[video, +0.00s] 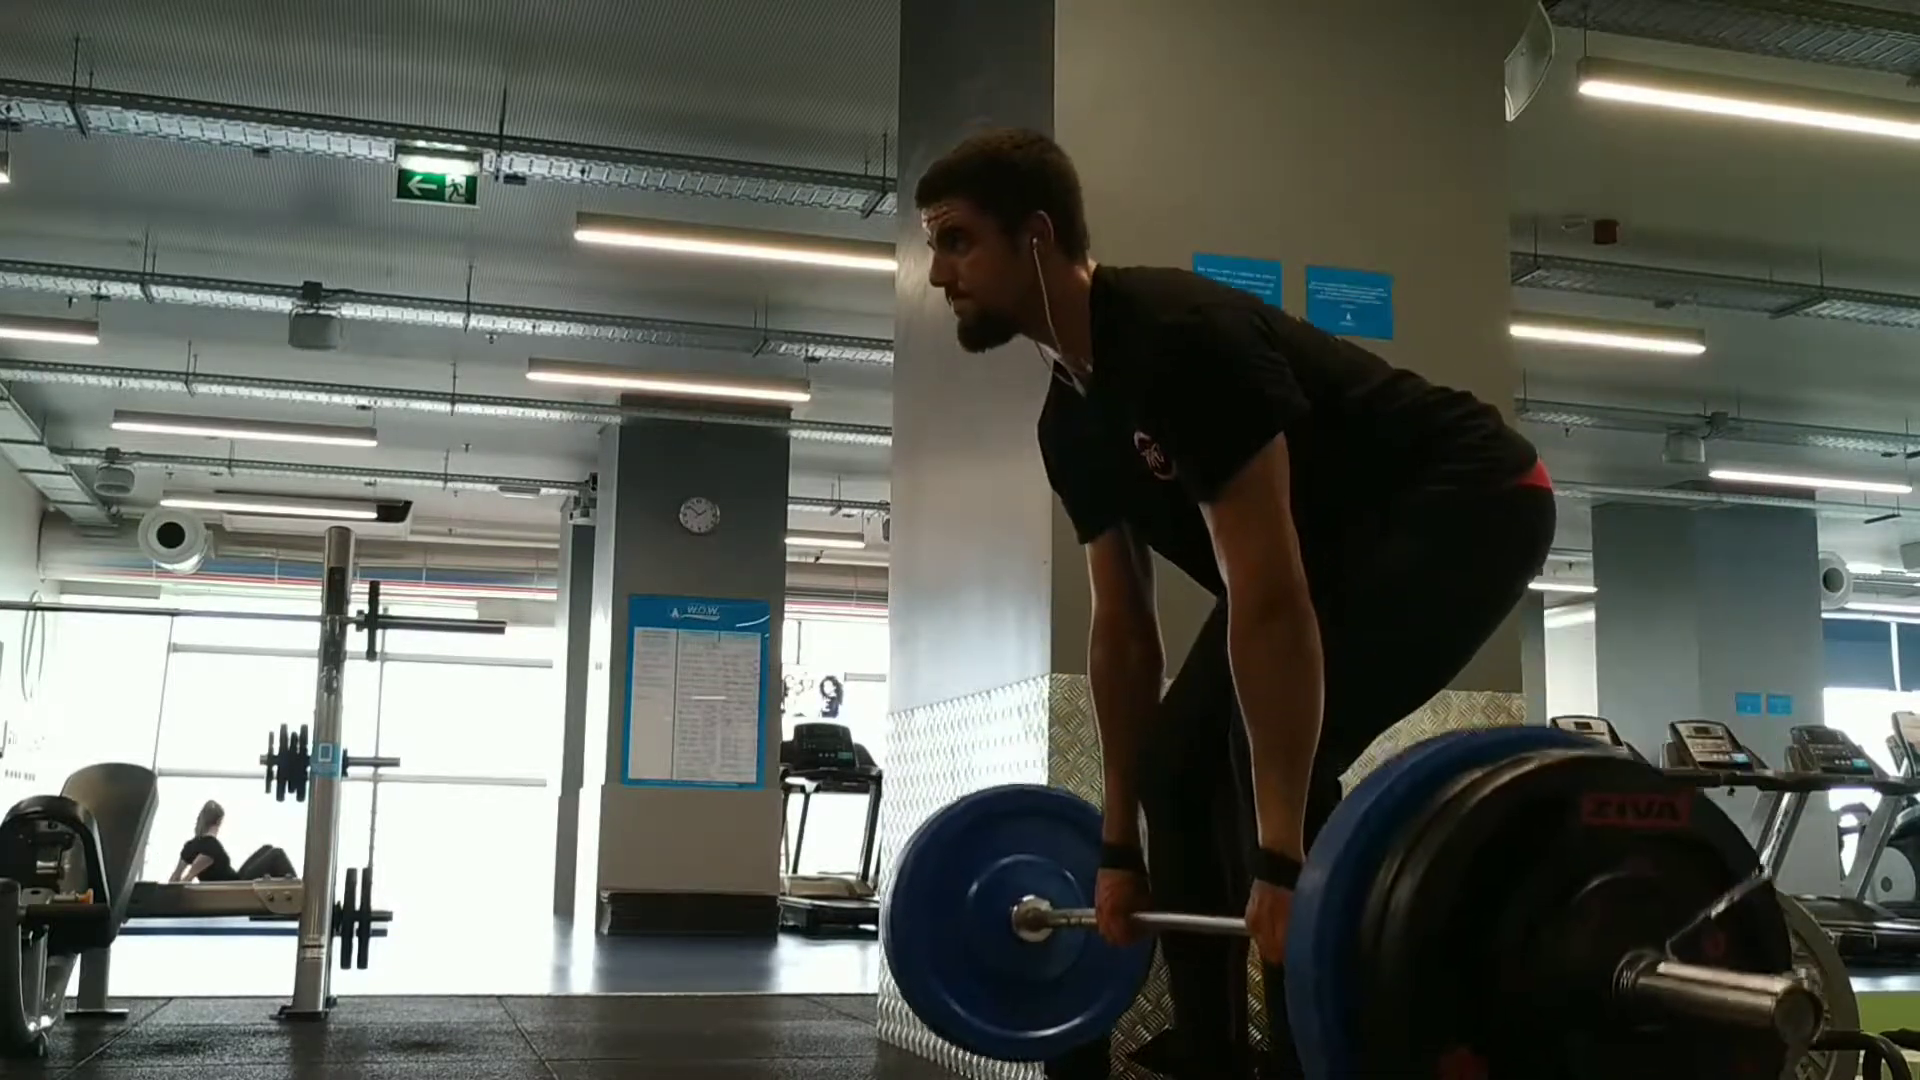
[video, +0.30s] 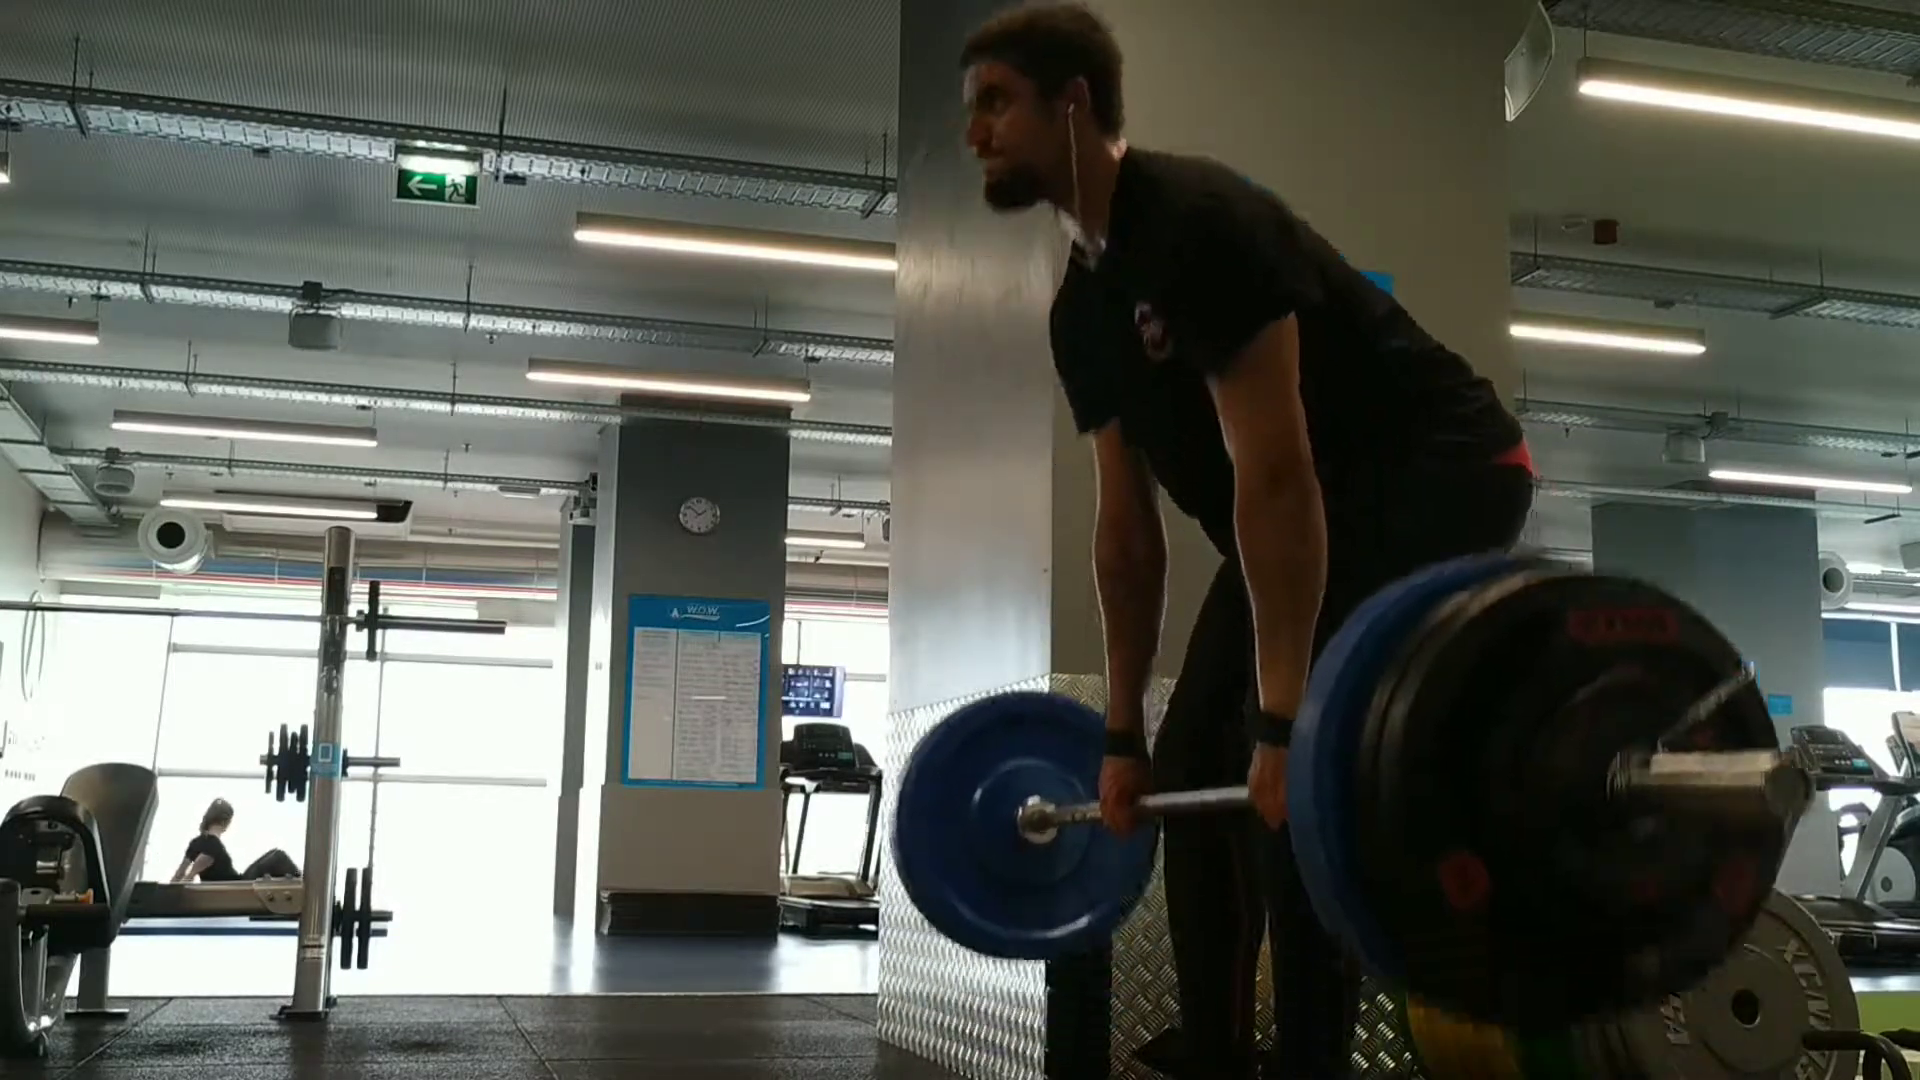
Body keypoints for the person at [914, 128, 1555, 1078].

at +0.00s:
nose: (935, 274)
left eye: (956, 243)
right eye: (933, 248)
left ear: (1039, 239)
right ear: (1028, 248)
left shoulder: (1180, 336)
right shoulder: (1071, 422)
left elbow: (1272, 603)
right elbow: (1120, 632)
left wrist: (1281, 861)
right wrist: (1119, 846)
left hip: (1464, 500)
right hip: (1332, 535)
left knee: (1275, 753)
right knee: (1176, 758)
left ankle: (1314, 1044)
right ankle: (1207, 1039)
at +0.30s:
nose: (973, 132)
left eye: (994, 103)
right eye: (970, 109)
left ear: (1076, 104)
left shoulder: (1203, 221)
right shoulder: (1080, 309)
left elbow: (1280, 481)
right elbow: (1125, 527)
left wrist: (1279, 724)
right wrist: (1123, 735)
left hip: (1432, 493)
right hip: (1296, 519)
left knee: (1310, 777)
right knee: (1195, 770)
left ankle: (1310, 1058)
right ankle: (1213, 1047)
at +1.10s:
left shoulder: (1324, 54)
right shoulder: (1196, 120)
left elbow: (1323, 291)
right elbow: (1176, 354)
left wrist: (1284, 509)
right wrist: (1123, 557)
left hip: (1279, 508)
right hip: (1188, 515)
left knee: (1263, 770)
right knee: (1171, 778)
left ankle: (1307, 1060)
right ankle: (1207, 1052)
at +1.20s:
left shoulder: (1284, 67)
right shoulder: (1150, 145)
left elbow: (1305, 305)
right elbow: (1153, 367)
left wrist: (1284, 530)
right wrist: (1122, 579)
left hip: (1304, 498)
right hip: (1209, 507)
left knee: (1272, 768)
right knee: (1172, 763)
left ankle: (1309, 1060)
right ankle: (1206, 1049)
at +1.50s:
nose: (980, 94)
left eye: (998, 62)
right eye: (974, 70)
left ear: (1076, 55)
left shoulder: (1205, 180)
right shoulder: (1087, 267)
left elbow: (1280, 434)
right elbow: (1130, 481)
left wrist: (1280, 681)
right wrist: (1117, 699)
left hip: (1417, 496)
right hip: (1288, 515)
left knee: (1314, 768)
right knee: (1200, 761)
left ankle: (1312, 1063)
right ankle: (1211, 1052)